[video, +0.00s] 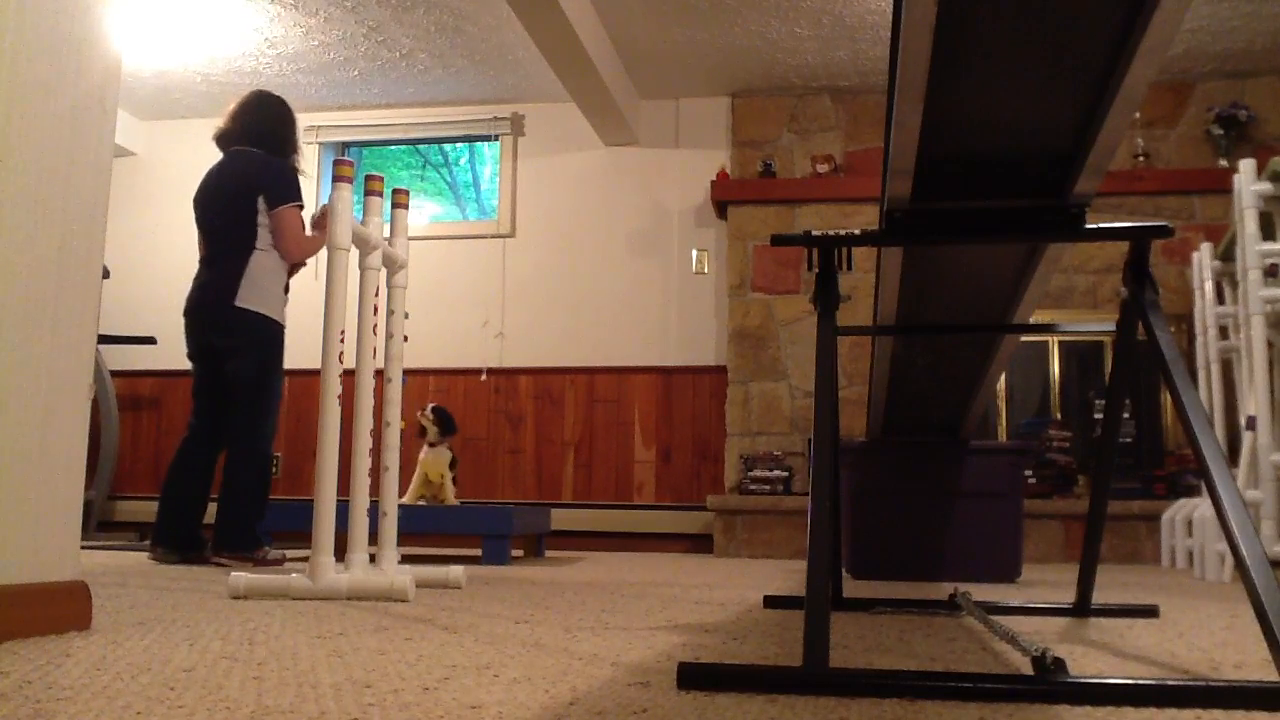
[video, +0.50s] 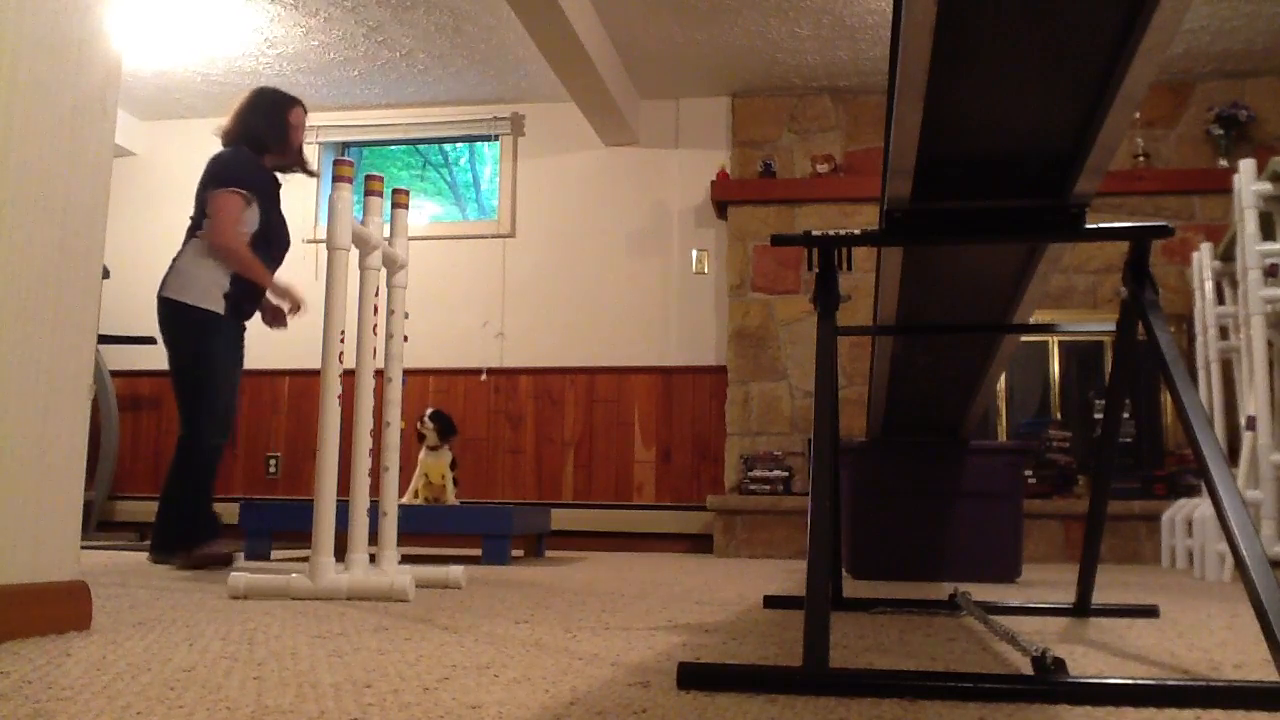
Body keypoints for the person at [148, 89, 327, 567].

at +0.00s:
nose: (294, 139)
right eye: (292, 130)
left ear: (238, 124)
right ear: (284, 129)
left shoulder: (212, 176)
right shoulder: (274, 170)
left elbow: (210, 251)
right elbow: (294, 249)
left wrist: (281, 254)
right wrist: (323, 233)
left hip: (205, 310)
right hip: (253, 316)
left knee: (206, 428)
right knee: (253, 434)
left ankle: (173, 537)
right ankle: (238, 541)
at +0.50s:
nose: (305, 137)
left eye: (304, 127)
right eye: (298, 127)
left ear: (267, 131)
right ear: (271, 129)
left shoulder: (261, 178)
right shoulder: (237, 165)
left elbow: (234, 249)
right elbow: (223, 239)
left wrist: (261, 301)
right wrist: (276, 285)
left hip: (220, 310)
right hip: (198, 306)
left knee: (211, 426)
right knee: (207, 425)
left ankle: (177, 537)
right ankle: (188, 538)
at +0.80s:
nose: (306, 119)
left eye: (308, 109)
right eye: (299, 108)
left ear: (294, 113)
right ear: (269, 107)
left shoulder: (280, 181)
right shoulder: (217, 147)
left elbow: (270, 262)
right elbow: (181, 219)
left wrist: (291, 328)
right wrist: (204, 292)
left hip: (240, 312)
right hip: (184, 305)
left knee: (254, 421)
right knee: (202, 422)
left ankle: (206, 517)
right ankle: (188, 543)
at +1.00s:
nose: (322, 114)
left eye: (324, 105)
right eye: (314, 103)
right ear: (282, 101)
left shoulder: (299, 180)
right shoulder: (213, 141)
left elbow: (310, 265)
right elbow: (164, 214)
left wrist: (337, 329)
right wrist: (157, 290)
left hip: (255, 308)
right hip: (189, 304)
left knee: (281, 419)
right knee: (198, 423)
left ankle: (268, 536)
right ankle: (194, 542)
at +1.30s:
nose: (362, 125)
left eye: (365, 114)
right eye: (355, 112)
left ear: (340, 115)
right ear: (320, 106)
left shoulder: (340, 175)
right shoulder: (236, 143)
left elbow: (370, 268)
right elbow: (182, 215)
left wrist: (417, 334)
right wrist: (161, 296)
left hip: (282, 313)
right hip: (210, 308)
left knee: (288, 423)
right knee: (201, 428)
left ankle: (298, 546)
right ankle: (197, 542)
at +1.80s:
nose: (406, 107)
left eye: (410, 98)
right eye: (398, 93)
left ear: (402, 103)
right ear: (359, 84)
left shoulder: (383, 165)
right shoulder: (268, 125)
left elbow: (426, 242)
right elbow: (210, 208)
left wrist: (474, 285)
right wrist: (205, 291)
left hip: (308, 297)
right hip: (240, 286)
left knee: (305, 418)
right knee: (214, 415)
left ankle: (298, 545)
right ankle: (198, 529)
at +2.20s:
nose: (323, 97)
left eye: (333, 89)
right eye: (314, 83)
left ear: (338, 98)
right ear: (282, 80)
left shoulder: (317, 158)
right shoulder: (209, 134)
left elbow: (343, 250)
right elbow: (172, 228)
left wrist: (393, 298)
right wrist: (178, 312)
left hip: (276, 301)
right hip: (207, 296)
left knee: (284, 419)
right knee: (173, 417)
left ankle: (292, 544)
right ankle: (134, 542)